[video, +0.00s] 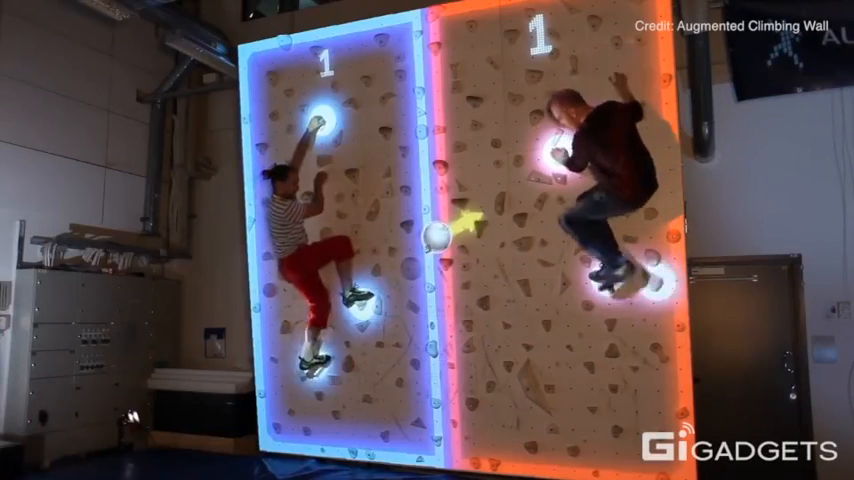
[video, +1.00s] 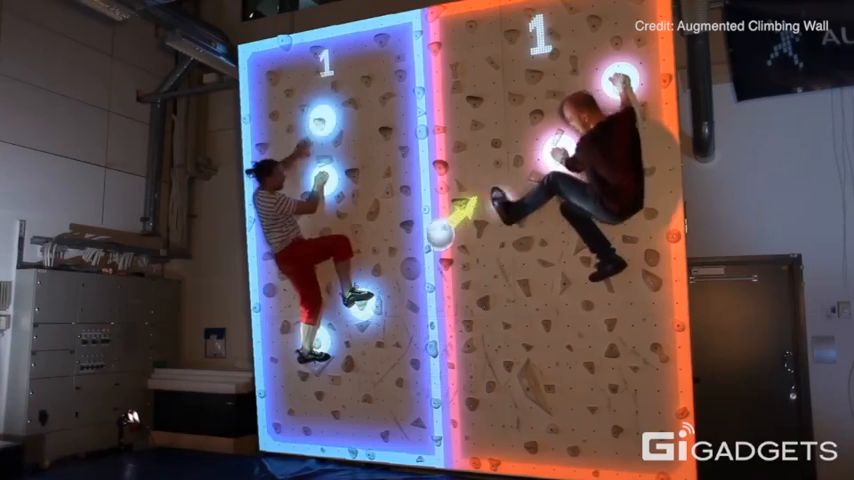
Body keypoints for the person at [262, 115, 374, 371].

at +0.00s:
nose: (296, 185)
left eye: (295, 181)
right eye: (292, 182)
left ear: (281, 184)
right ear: (281, 185)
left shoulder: (275, 201)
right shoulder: (285, 207)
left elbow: (296, 164)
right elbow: (317, 208)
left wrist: (310, 133)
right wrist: (319, 185)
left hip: (288, 266)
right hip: (300, 259)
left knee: (320, 303)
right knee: (341, 244)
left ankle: (309, 358)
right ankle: (349, 291)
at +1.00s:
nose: (284, 177)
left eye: (282, 173)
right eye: (279, 174)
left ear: (264, 179)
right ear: (268, 179)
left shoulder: (260, 195)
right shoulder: (275, 200)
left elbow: (278, 169)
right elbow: (311, 207)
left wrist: (295, 155)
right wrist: (319, 186)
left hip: (285, 256)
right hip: (295, 251)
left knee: (312, 299)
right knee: (340, 243)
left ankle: (306, 350)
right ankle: (348, 292)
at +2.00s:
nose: (294, 174)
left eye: (292, 171)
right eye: (290, 173)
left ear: (279, 180)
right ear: (280, 180)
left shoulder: (283, 189)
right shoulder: (282, 202)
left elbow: (318, 169)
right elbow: (313, 207)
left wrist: (351, 165)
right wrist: (318, 184)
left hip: (286, 250)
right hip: (291, 249)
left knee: (303, 297)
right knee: (337, 244)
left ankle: (304, 351)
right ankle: (348, 293)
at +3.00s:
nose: (301, 160)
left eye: (299, 157)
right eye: (297, 159)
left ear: (290, 166)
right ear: (290, 168)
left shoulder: (289, 174)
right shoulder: (291, 189)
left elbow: (312, 143)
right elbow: (317, 209)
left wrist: (331, 111)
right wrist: (320, 187)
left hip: (288, 242)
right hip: (298, 240)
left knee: (300, 293)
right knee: (343, 242)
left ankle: (305, 347)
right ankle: (348, 291)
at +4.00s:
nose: (285, 182)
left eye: (285, 178)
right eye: (280, 180)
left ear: (277, 178)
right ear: (270, 181)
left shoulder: (269, 191)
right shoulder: (279, 202)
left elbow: (288, 156)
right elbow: (312, 207)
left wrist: (308, 129)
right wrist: (320, 186)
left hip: (285, 251)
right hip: (295, 248)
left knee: (299, 299)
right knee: (339, 244)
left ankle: (304, 351)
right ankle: (348, 293)